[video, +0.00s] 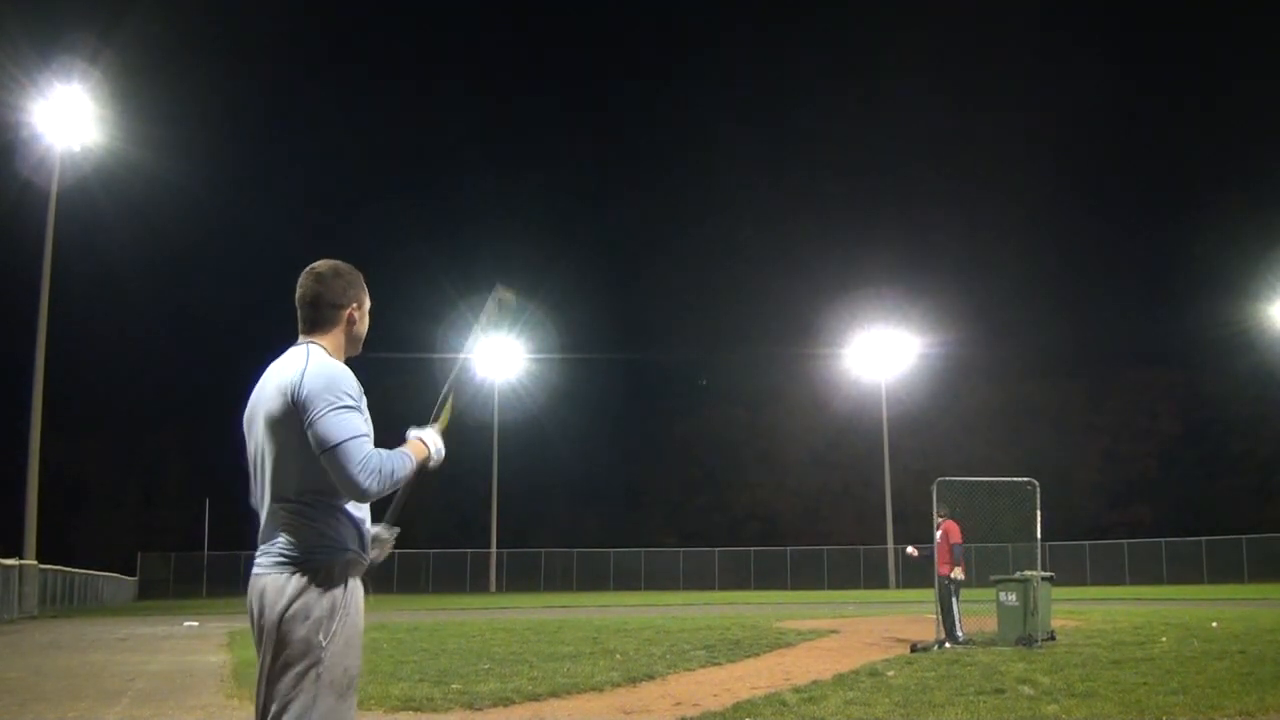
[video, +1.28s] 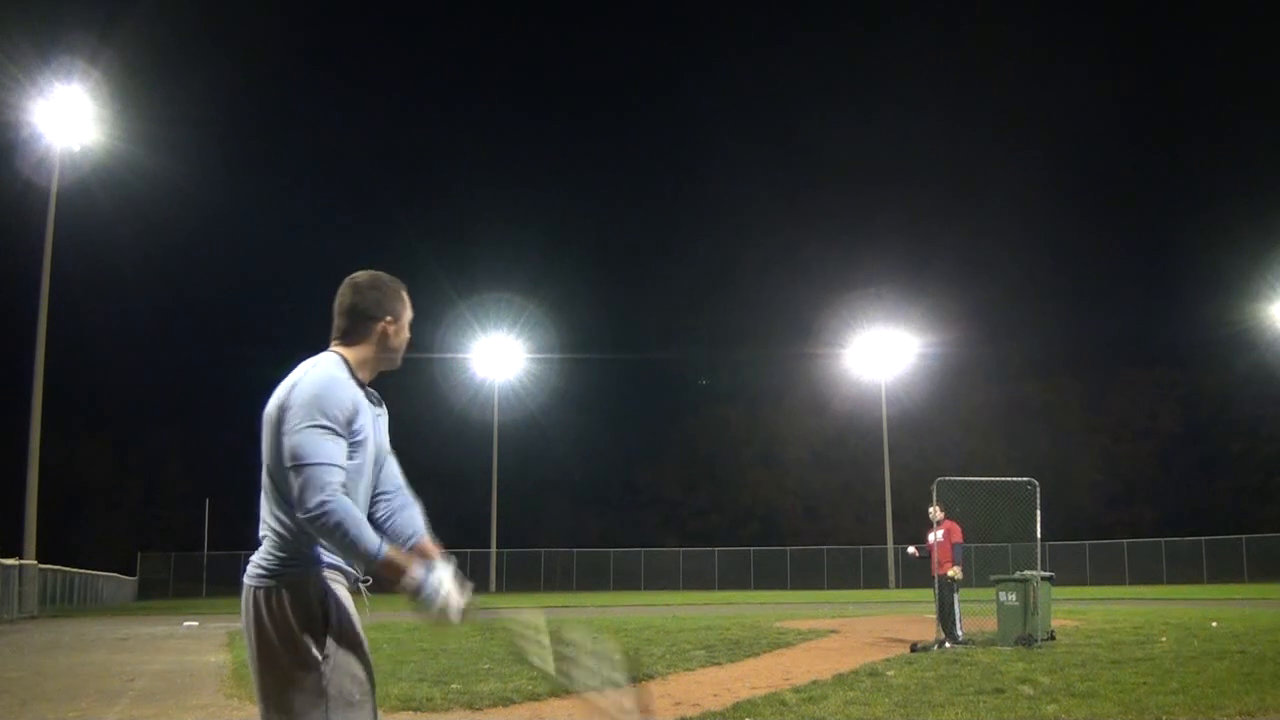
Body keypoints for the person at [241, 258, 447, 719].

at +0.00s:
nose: (367, 321)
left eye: (367, 310)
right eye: (367, 309)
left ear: (306, 311)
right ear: (353, 313)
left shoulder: (273, 380)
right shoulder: (325, 374)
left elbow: (278, 501)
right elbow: (365, 473)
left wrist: (355, 533)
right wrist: (419, 449)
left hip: (276, 583)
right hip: (317, 590)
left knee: (282, 710)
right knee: (313, 711)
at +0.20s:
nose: (372, 333)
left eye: (372, 322)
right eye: (372, 322)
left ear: (310, 321)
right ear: (358, 325)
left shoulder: (284, 387)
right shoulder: (328, 380)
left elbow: (322, 493)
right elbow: (350, 478)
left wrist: (395, 496)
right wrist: (426, 523)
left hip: (293, 588)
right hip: (328, 592)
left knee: (301, 710)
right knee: (330, 711)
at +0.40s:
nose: (392, 347)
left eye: (393, 335)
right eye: (392, 334)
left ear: (338, 327)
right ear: (373, 332)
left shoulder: (304, 384)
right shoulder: (339, 381)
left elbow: (323, 498)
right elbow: (337, 483)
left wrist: (395, 483)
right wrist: (374, 582)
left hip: (293, 575)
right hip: (330, 576)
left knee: (311, 709)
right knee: (356, 709)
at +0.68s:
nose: (429, 383)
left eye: (436, 375)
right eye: (428, 369)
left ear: (395, 348)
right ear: (398, 347)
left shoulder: (334, 380)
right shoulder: (352, 378)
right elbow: (300, 465)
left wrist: (367, 486)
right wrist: (321, 579)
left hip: (297, 576)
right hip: (330, 579)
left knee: (311, 712)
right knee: (371, 710)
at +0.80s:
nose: (434, 384)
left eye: (440, 375)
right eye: (434, 370)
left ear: (401, 349)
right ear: (404, 348)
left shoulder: (349, 384)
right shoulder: (351, 382)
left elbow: (306, 476)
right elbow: (302, 477)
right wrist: (334, 590)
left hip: (300, 580)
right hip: (326, 580)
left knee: (308, 712)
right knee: (360, 710)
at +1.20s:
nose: (420, 339)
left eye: (420, 328)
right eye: (419, 328)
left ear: (364, 323)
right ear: (397, 329)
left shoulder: (361, 396)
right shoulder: (335, 386)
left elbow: (378, 506)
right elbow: (334, 509)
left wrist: (410, 593)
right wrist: (389, 606)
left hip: (327, 584)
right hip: (295, 588)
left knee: (353, 706)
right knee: (315, 710)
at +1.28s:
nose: (409, 337)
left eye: (409, 326)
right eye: (407, 325)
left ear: (374, 327)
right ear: (385, 328)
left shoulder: (368, 406)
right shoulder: (321, 384)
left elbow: (391, 497)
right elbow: (320, 502)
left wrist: (432, 559)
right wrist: (407, 574)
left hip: (323, 588)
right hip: (300, 589)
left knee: (343, 707)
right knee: (337, 709)